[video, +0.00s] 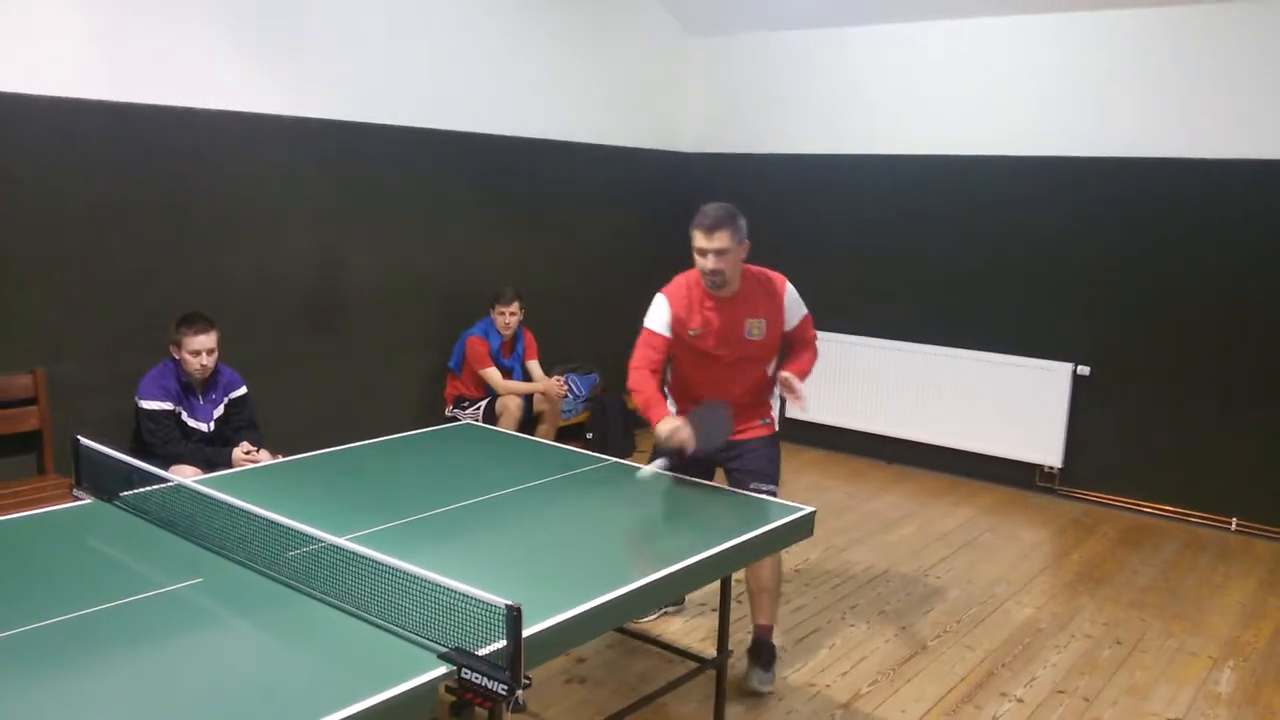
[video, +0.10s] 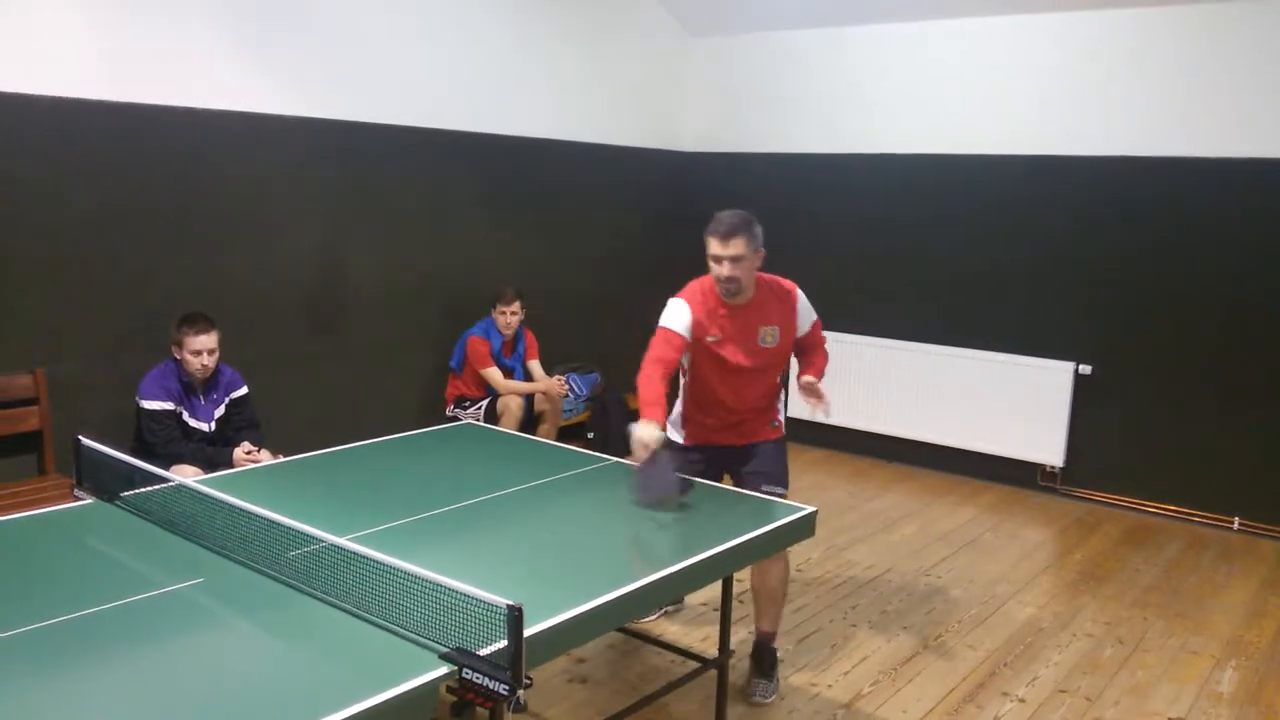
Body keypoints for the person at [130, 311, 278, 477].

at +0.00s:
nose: (204, 362)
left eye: (211, 352)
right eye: (195, 354)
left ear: (218, 349)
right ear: (175, 352)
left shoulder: (230, 381)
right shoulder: (154, 387)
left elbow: (245, 428)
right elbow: (165, 449)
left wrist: (246, 445)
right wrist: (228, 457)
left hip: (220, 457)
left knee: (264, 460)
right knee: (189, 476)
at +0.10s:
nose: (205, 362)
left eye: (211, 353)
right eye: (196, 354)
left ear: (219, 349)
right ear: (177, 352)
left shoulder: (230, 380)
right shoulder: (155, 386)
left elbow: (246, 427)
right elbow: (166, 449)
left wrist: (247, 444)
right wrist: (228, 457)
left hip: (220, 457)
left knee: (265, 460)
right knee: (190, 475)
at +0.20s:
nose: (204, 362)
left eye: (211, 353)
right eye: (195, 354)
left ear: (218, 349)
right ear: (176, 352)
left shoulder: (230, 380)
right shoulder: (155, 387)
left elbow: (245, 427)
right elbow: (165, 449)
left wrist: (247, 444)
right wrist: (228, 457)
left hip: (220, 457)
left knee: (265, 460)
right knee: (189, 475)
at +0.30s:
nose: (203, 363)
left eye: (210, 354)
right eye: (194, 355)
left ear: (218, 350)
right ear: (176, 352)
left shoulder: (230, 382)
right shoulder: (155, 387)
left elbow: (245, 428)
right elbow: (165, 450)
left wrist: (247, 446)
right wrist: (228, 458)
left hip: (220, 459)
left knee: (265, 461)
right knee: (189, 476)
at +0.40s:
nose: (203, 362)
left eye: (210, 353)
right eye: (194, 354)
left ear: (219, 350)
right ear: (177, 352)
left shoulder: (231, 381)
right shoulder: (156, 387)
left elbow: (246, 428)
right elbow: (167, 449)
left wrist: (250, 446)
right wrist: (230, 456)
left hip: (218, 460)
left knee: (266, 461)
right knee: (189, 476)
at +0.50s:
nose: (201, 362)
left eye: (208, 353)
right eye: (192, 354)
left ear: (217, 349)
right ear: (175, 351)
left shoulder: (230, 381)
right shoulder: (155, 387)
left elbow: (245, 427)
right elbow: (165, 449)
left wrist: (247, 446)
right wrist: (228, 457)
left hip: (220, 458)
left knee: (265, 461)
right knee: (189, 475)